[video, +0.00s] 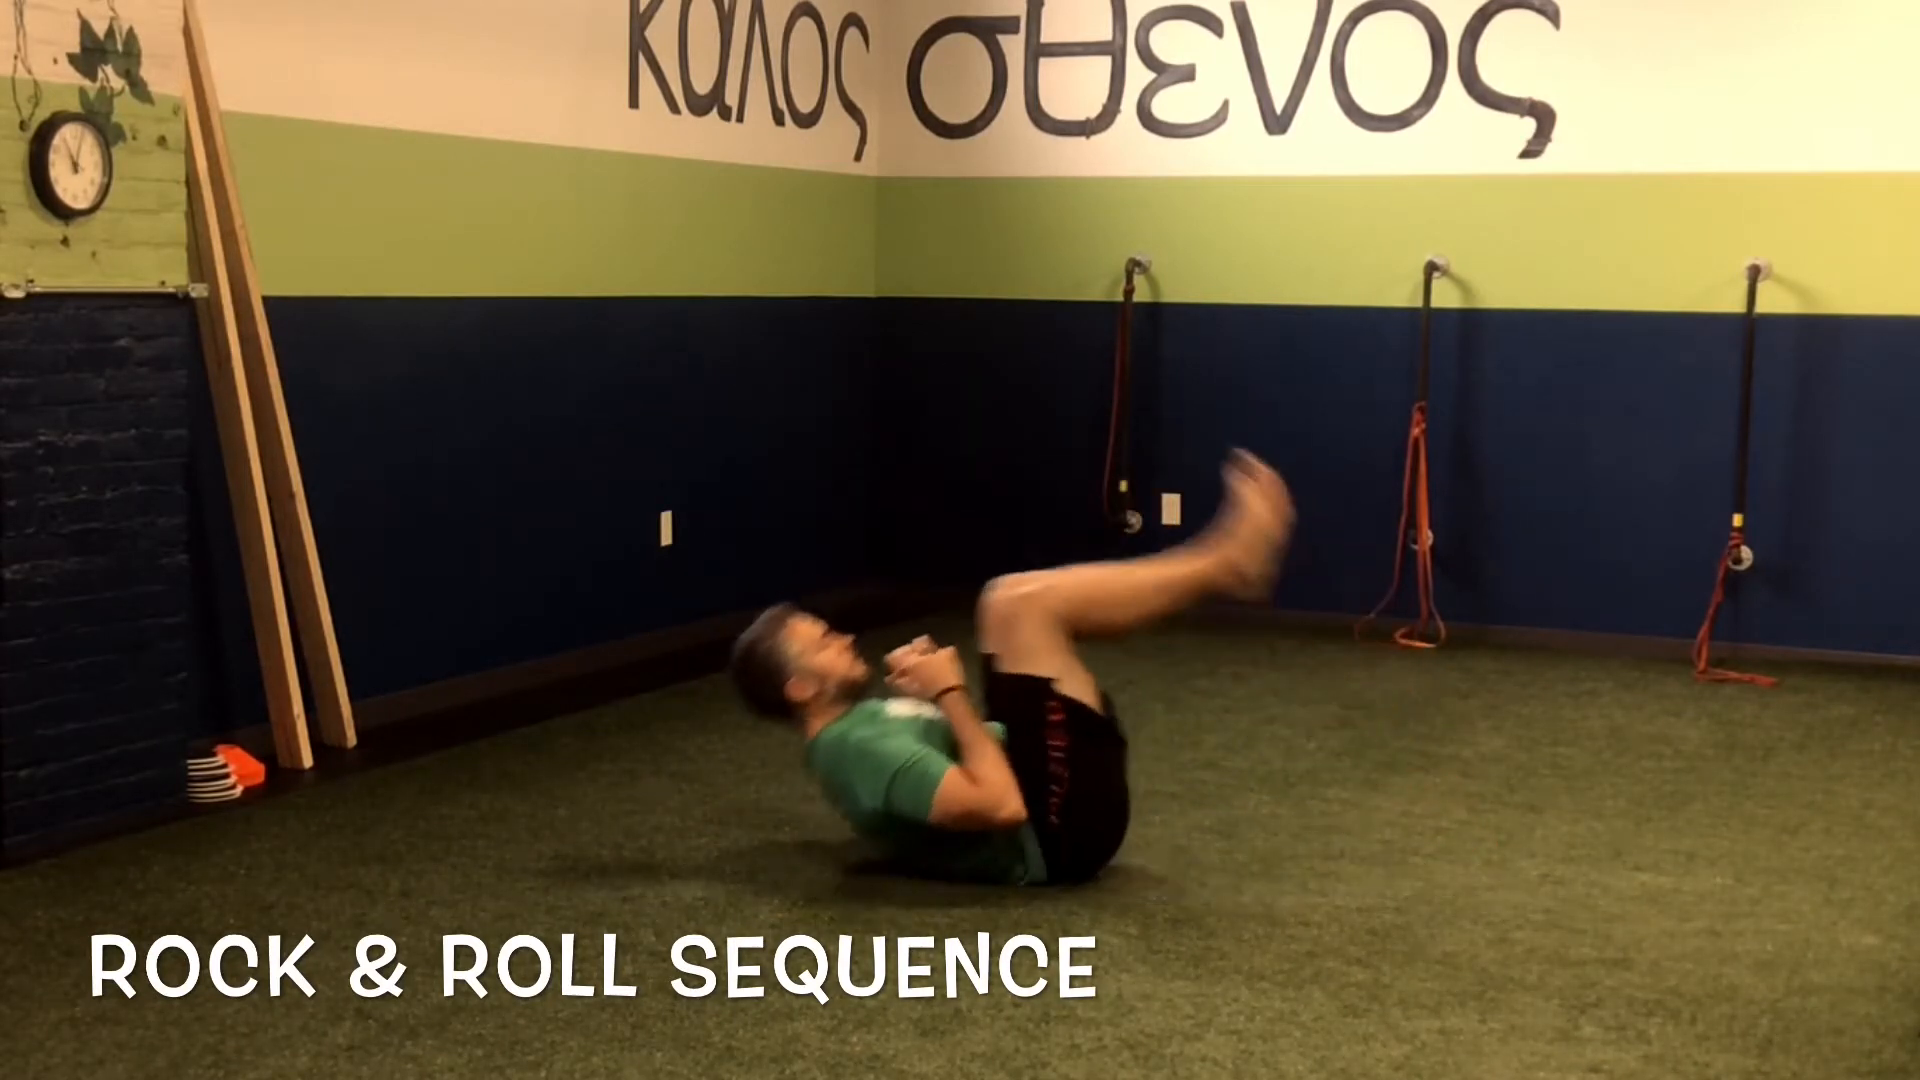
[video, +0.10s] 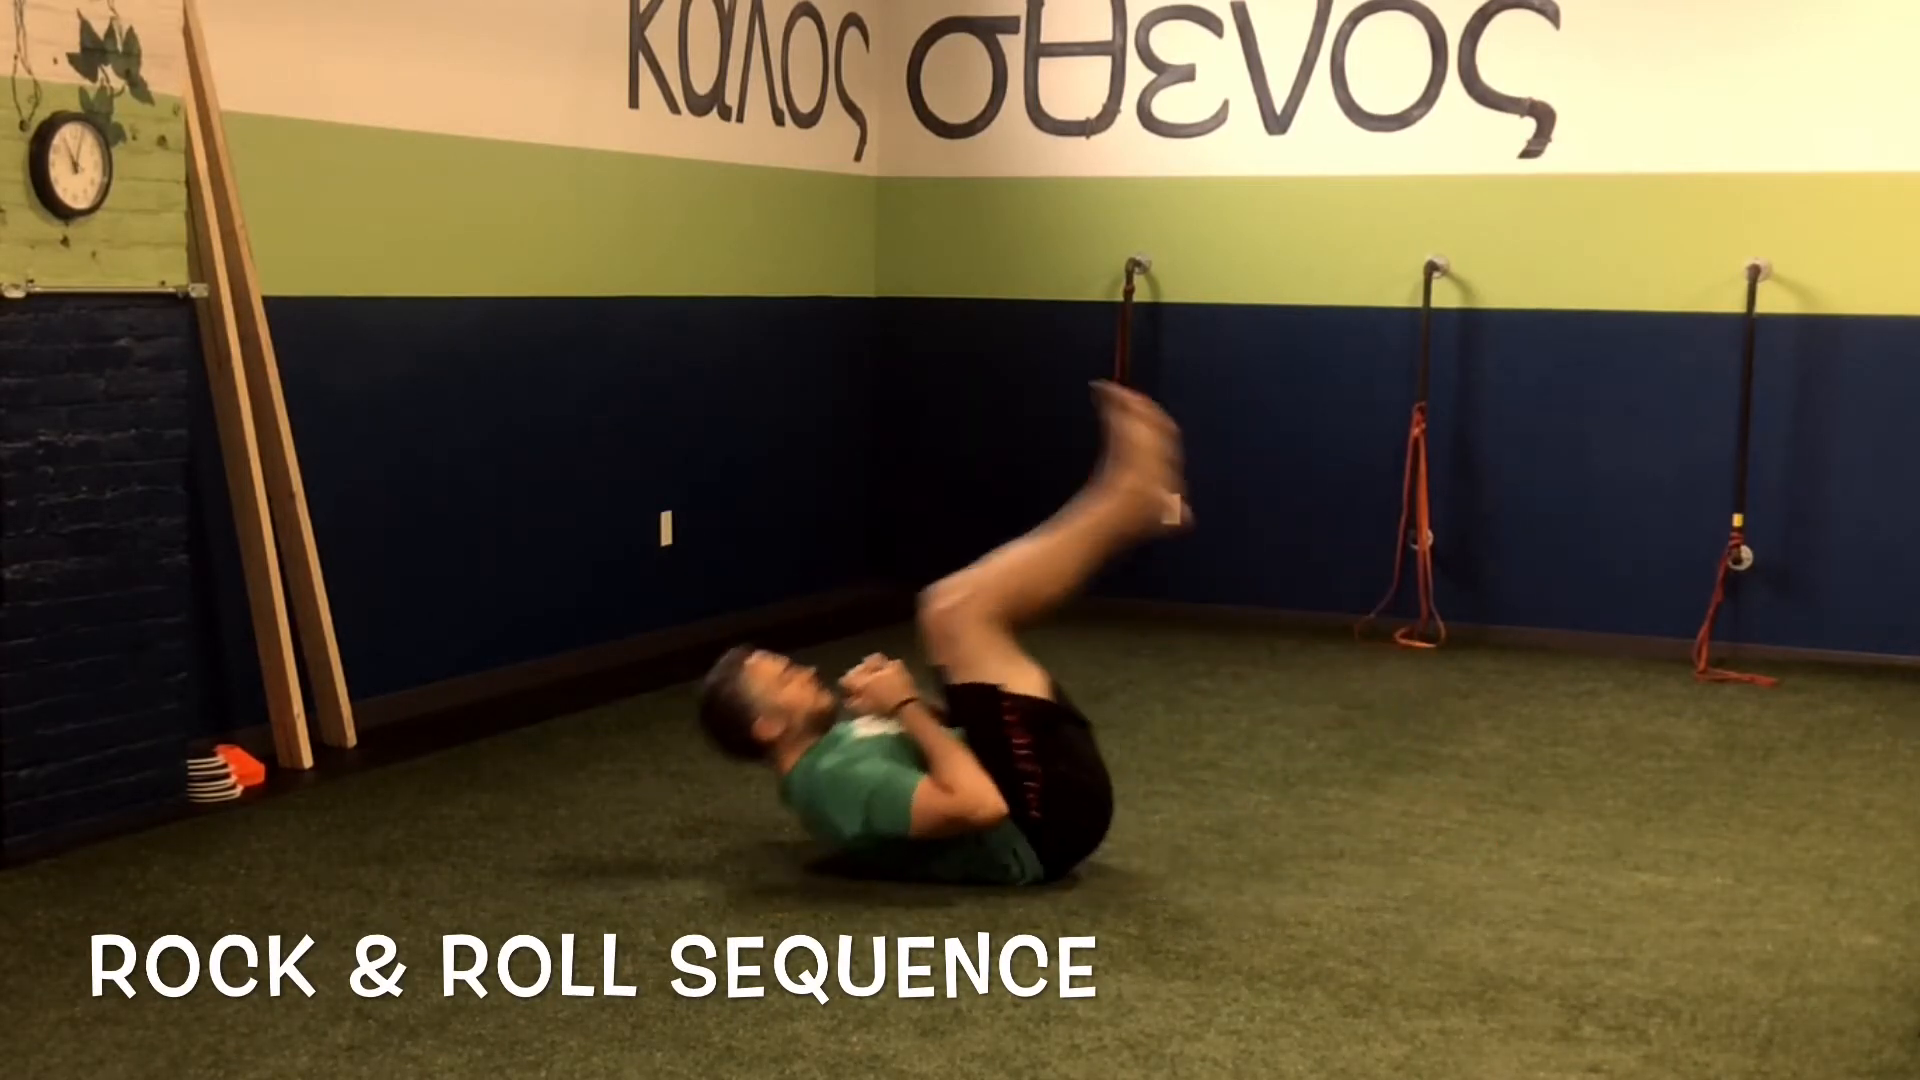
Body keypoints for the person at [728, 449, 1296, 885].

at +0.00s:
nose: (842, 641)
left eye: (829, 633)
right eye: (821, 643)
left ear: (811, 682)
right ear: (799, 688)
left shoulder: (861, 721)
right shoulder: (856, 748)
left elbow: (976, 773)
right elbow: (1001, 804)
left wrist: (940, 686)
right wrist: (950, 696)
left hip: (1050, 816)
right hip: (1063, 836)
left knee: (1010, 597)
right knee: (1016, 603)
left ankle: (1216, 558)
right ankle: (1224, 561)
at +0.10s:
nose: (807, 672)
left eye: (791, 665)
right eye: (785, 675)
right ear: (767, 726)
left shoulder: (832, 746)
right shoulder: (830, 785)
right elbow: (980, 804)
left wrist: (900, 700)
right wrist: (908, 707)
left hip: (1033, 804)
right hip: (1046, 825)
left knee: (953, 600)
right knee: (952, 607)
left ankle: (1125, 500)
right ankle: (1128, 500)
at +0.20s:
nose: (771, 699)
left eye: (753, 695)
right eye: (749, 708)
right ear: (741, 762)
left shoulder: (806, 780)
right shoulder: (807, 807)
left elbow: (922, 725)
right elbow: (956, 798)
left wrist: (861, 707)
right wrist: (861, 724)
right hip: (1032, 791)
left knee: (901, 615)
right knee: (892, 617)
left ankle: (1026, 452)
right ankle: (1019, 450)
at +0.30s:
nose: (737, 722)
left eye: (719, 724)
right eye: (717, 736)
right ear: (718, 790)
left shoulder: (793, 794)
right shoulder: (792, 819)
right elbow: (932, 788)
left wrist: (819, 720)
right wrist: (823, 730)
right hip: (1013, 771)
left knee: (866, 629)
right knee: (840, 628)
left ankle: (925, 426)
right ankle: (920, 428)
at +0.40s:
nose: (711, 740)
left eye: (694, 741)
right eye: (696, 753)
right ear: (707, 805)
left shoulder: (779, 805)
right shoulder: (781, 826)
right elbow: (910, 776)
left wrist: (788, 730)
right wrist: (797, 733)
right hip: (991, 743)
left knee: (828, 635)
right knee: (797, 636)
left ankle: (844, 424)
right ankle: (839, 425)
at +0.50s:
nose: (699, 750)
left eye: (682, 755)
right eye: (686, 768)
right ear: (699, 819)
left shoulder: (764, 809)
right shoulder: (773, 830)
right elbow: (888, 762)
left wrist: (763, 744)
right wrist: (772, 736)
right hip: (976, 732)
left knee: (784, 640)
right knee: (762, 646)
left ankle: (774, 431)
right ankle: (773, 431)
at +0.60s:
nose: (692, 760)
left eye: (676, 764)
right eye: (679, 778)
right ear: (695, 826)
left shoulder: (754, 812)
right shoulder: (770, 829)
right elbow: (873, 753)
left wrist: (747, 741)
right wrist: (756, 739)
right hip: (962, 714)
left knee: (759, 645)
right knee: (739, 654)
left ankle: (721, 441)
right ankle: (721, 439)